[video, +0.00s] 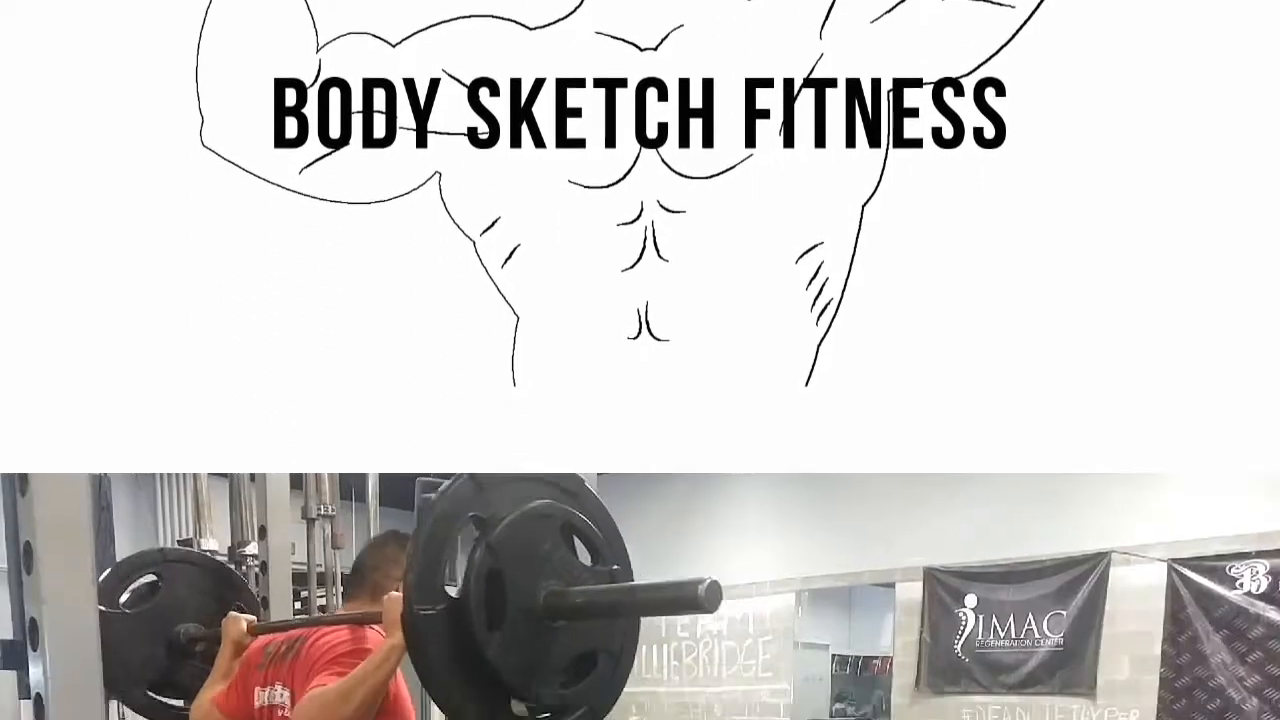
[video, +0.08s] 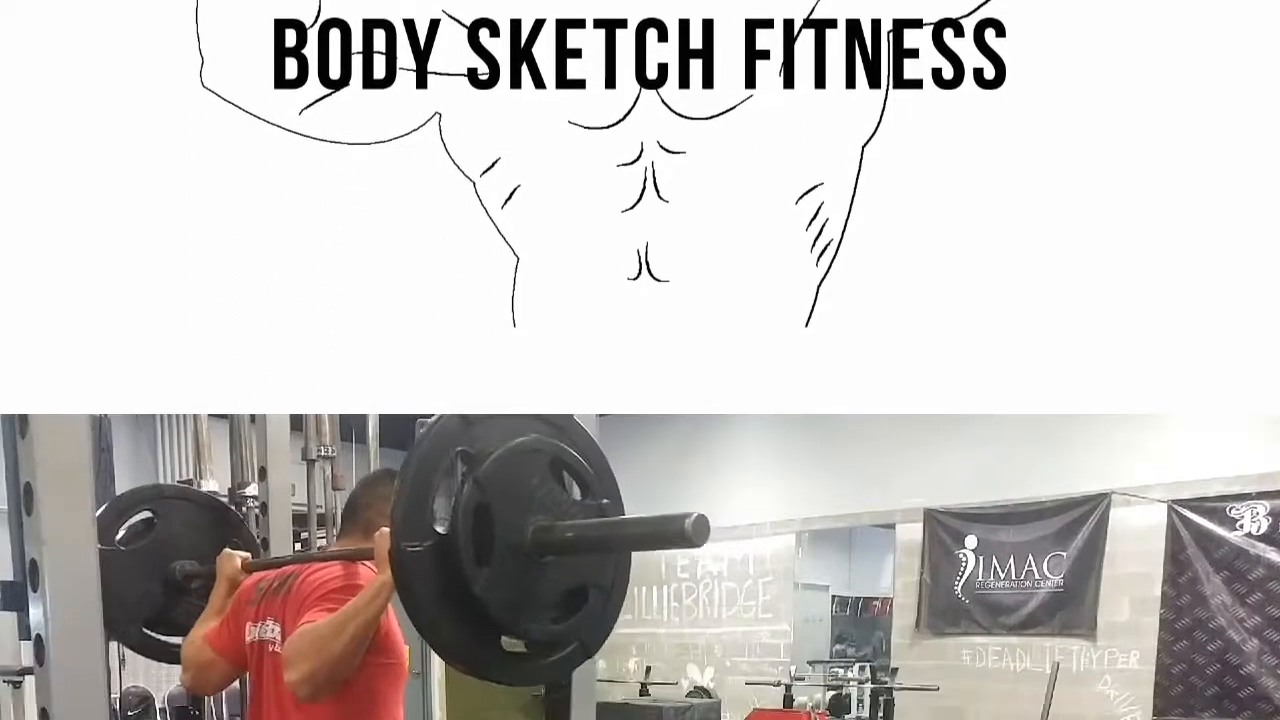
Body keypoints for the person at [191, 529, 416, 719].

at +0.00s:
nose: (427, 601)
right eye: (424, 587)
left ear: (351, 581)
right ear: (403, 590)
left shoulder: (266, 646)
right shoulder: (361, 641)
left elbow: (203, 712)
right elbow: (311, 711)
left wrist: (228, 650)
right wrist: (396, 642)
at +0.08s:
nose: (423, 538)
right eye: (419, 524)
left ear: (345, 519)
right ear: (395, 527)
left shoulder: (260, 585)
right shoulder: (349, 578)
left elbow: (197, 677)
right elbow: (303, 677)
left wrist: (223, 586)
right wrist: (386, 580)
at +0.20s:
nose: (411, 486)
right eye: (408, 472)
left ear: (337, 467)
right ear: (386, 474)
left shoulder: (252, 532)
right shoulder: (337, 526)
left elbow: (188, 622)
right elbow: (294, 624)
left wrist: (216, 534)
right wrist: (376, 526)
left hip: (248, 711)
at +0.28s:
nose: (399, 452)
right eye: (398, 440)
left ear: (330, 438)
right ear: (372, 445)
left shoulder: (249, 498)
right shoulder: (334, 492)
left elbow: (182, 589)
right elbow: (289, 591)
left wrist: (212, 499)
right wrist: (371, 492)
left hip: (242, 709)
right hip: (326, 709)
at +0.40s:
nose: (389, 410)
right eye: (385, 400)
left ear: (317, 393)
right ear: (359, 397)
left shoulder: (234, 455)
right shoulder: (324, 448)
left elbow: (168, 543)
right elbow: (271, 544)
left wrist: (201, 453)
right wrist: (360, 448)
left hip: (227, 703)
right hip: (319, 705)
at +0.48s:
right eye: (384, 359)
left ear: (311, 354)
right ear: (359, 362)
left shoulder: (225, 419)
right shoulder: (313, 413)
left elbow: (158, 506)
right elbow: (261, 510)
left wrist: (194, 419)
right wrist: (353, 410)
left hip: (218, 688)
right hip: (308, 689)